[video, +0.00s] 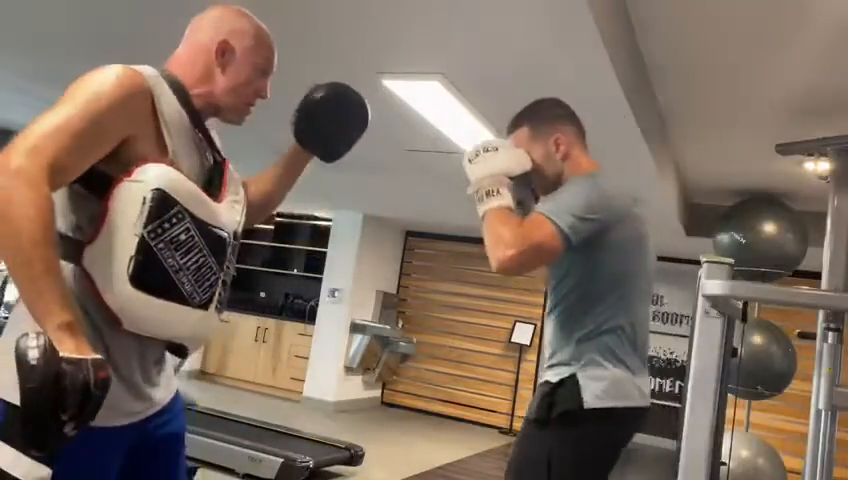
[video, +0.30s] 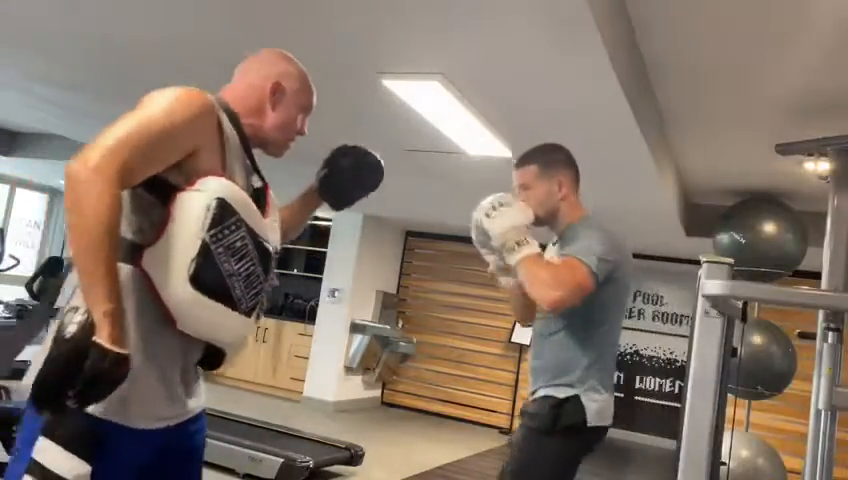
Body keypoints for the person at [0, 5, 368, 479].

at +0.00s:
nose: (265, 92)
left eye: (268, 78)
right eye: (263, 73)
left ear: (223, 54)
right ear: (223, 53)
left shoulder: (201, 143)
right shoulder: (124, 91)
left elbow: (249, 205)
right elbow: (18, 173)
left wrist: (307, 144)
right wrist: (66, 333)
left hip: (158, 398)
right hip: (83, 402)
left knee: (167, 475)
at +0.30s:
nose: (304, 128)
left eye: (308, 117)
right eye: (304, 111)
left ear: (268, 96)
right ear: (274, 93)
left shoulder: (248, 175)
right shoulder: (191, 109)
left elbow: (266, 237)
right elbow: (90, 172)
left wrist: (320, 194)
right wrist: (107, 325)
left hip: (177, 412)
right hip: (102, 408)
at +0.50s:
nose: (325, 137)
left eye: (329, 126)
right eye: (324, 121)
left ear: (295, 105)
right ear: (298, 103)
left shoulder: (275, 183)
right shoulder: (230, 111)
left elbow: (291, 241)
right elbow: (140, 161)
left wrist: (343, 198)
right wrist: (166, 299)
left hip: (196, 392)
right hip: (137, 378)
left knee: (187, 473)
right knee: (104, 474)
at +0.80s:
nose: (324, 135)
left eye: (328, 123)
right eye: (325, 118)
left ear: (294, 102)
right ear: (301, 102)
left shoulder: (270, 166)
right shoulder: (237, 114)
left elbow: (248, 230)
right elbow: (180, 182)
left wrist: (320, 227)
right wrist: (239, 308)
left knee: (199, 469)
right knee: (122, 471)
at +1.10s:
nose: (307, 98)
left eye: (311, 84)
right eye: (308, 80)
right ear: (281, 62)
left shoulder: (236, 122)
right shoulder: (213, 94)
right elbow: (173, 209)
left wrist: (291, 216)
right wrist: (247, 347)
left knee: (160, 463)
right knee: (134, 465)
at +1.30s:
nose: (304, 95)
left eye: (310, 80)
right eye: (307, 76)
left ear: (239, 47)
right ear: (283, 57)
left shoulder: (197, 91)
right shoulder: (221, 91)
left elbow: (236, 174)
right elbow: (193, 217)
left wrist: (311, 146)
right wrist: (258, 368)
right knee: (141, 467)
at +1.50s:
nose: (319, 110)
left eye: (325, 100)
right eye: (322, 95)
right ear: (295, 77)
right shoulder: (229, 100)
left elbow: (274, 197)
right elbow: (186, 200)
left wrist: (331, 147)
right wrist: (239, 348)